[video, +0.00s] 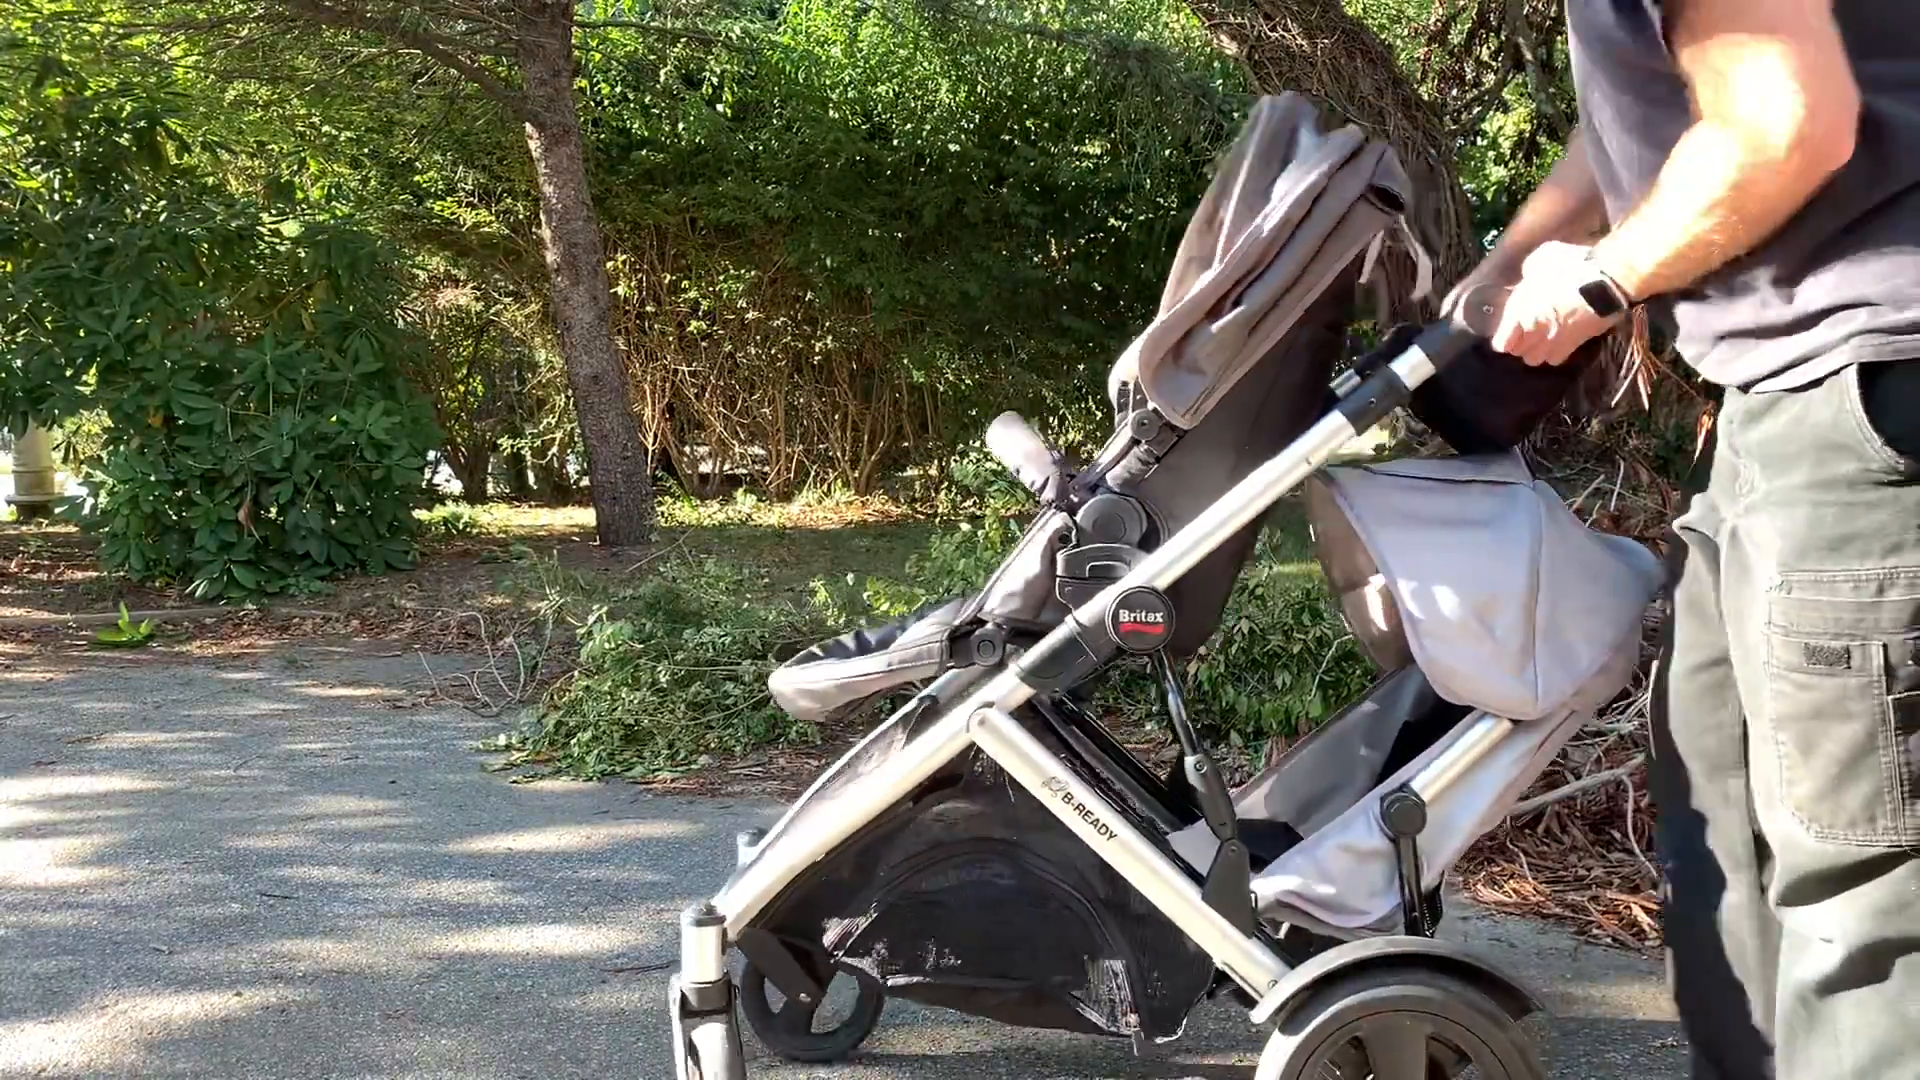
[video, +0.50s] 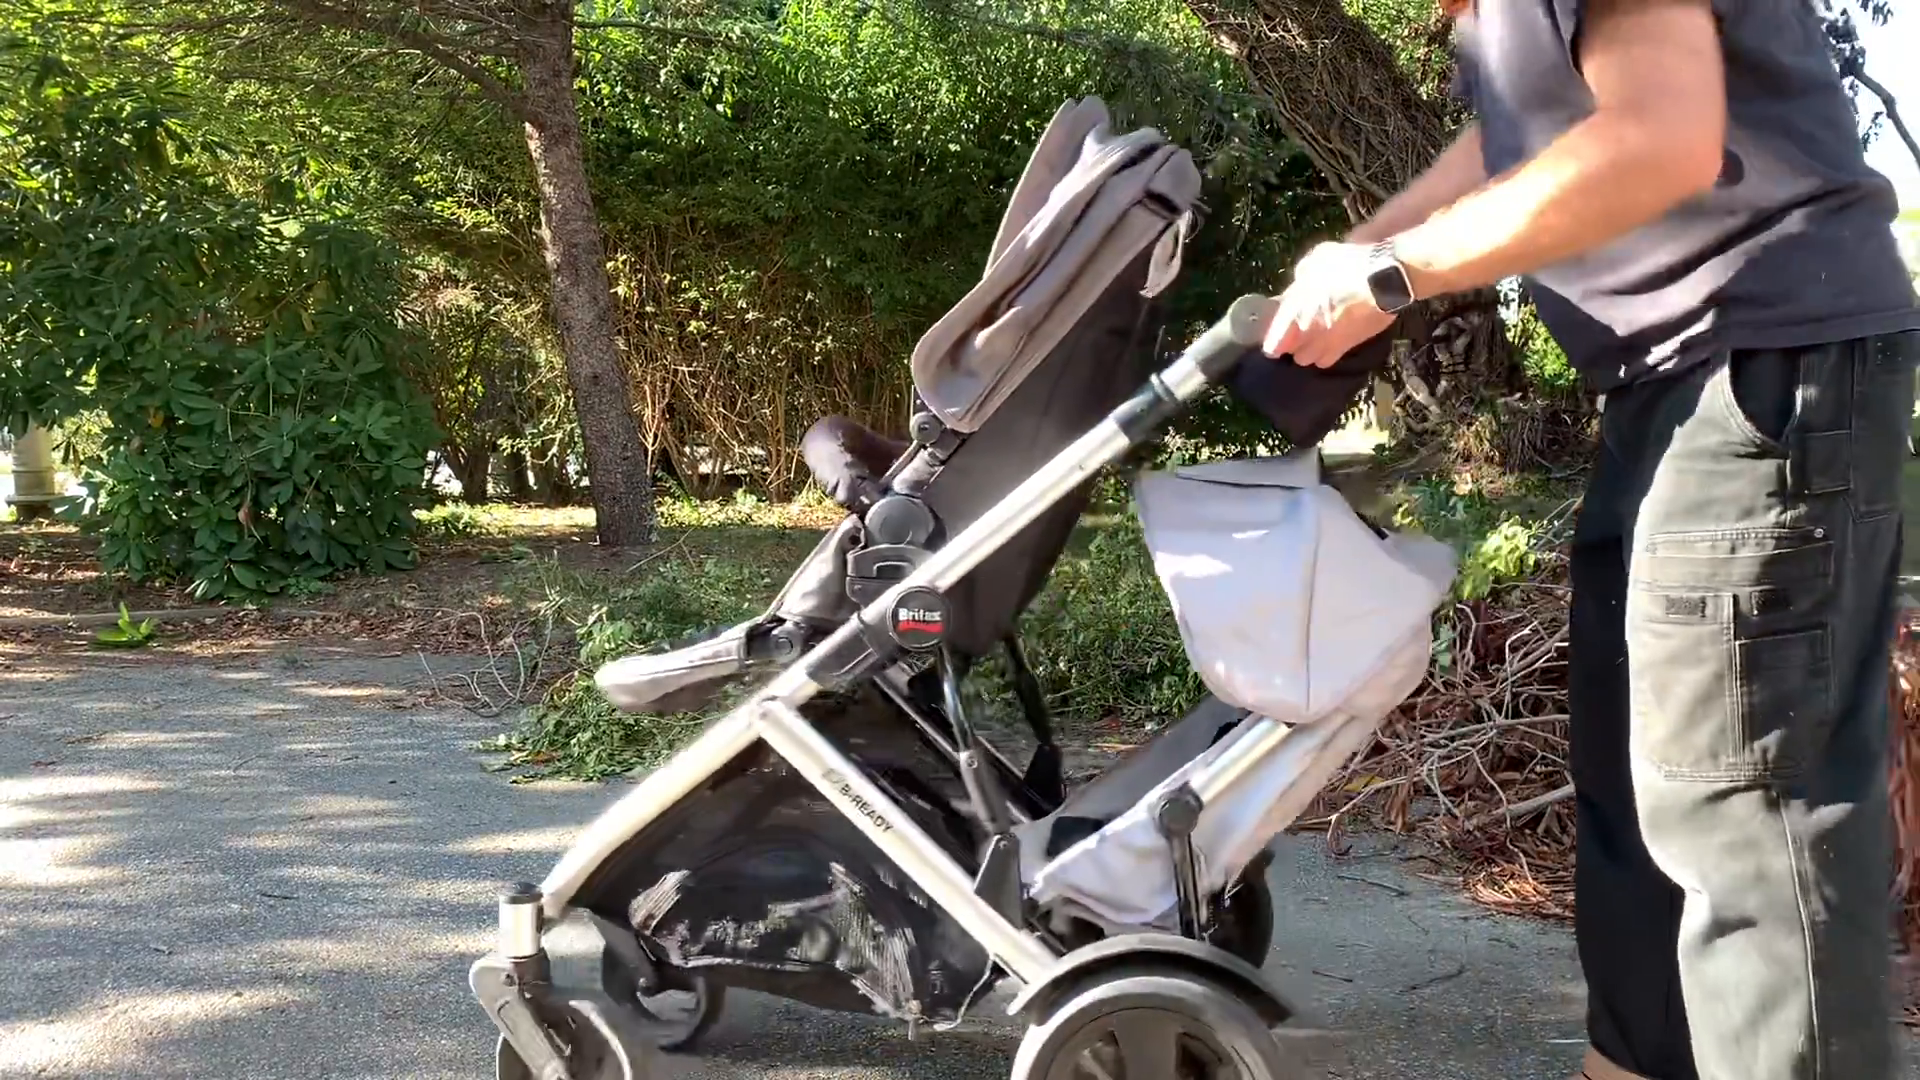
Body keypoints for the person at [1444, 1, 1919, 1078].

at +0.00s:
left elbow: (1787, 119)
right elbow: (1647, 106)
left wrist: (1599, 277)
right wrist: (1510, 265)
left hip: (1859, 376)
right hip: (1766, 383)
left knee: (1858, 881)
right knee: (1721, 834)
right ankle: (1748, 1059)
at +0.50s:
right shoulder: (1525, 9)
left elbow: (1663, 139)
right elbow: (1526, 126)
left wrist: (1396, 275)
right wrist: (1367, 252)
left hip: (1779, 354)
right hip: (1665, 365)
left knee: (1749, 795)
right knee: (1636, 776)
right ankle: (1640, 1048)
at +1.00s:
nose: (1430, 90)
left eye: (1446, 47)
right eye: (1401, 59)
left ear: (1517, 0)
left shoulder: (1678, 30)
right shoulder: (1495, 64)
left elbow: (1739, 336)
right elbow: (1542, 202)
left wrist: (1451, 434)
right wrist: (1447, 325)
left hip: (1853, 371)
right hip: (1679, 392)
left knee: (1778, 786)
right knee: (1582, 705)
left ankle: (1762, 1059)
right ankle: (1620, 1048)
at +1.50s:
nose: (1462, 329)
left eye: (1488, 303)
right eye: (1451, 297)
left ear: (1609, 264)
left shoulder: (1727, 420)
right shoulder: (1577, 311)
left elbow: (1506, 729)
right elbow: (1509, 460)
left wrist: (1262, 846)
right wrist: (1372, 657)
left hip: (1861, 646)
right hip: (1698, 621)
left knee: (1663, 821)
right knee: (1461, 792)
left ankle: (1737, 1053)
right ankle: (1680, 1031)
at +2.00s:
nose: (1445, 554)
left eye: (1480, 531)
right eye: (1434, 520)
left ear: (1589, 511)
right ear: (1422, 470)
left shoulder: (1704, 613)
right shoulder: (1544, 527)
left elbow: (1463, 863)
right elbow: (1388, 721)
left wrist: (1202, 927)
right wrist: (1195, 837)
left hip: (1878, 844)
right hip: (1714, 789)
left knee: (1636, 841)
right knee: (1402, 815)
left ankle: (1731, 1062)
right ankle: (1630, 1008)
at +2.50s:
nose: (1422, 564)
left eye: (1453, 537)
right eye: (1409, 532)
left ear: (1563, 518)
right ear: (1397, 492)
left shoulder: (1687, 608)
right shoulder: (1533, 539)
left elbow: (1462, 852)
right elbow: (1373, 722)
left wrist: (1200, 924)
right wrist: (1181, 842)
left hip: (1881, 843)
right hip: (1718, 781)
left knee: (1631, 833)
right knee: (1413, 798)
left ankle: (1728, 1062)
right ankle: (1646, 1021)